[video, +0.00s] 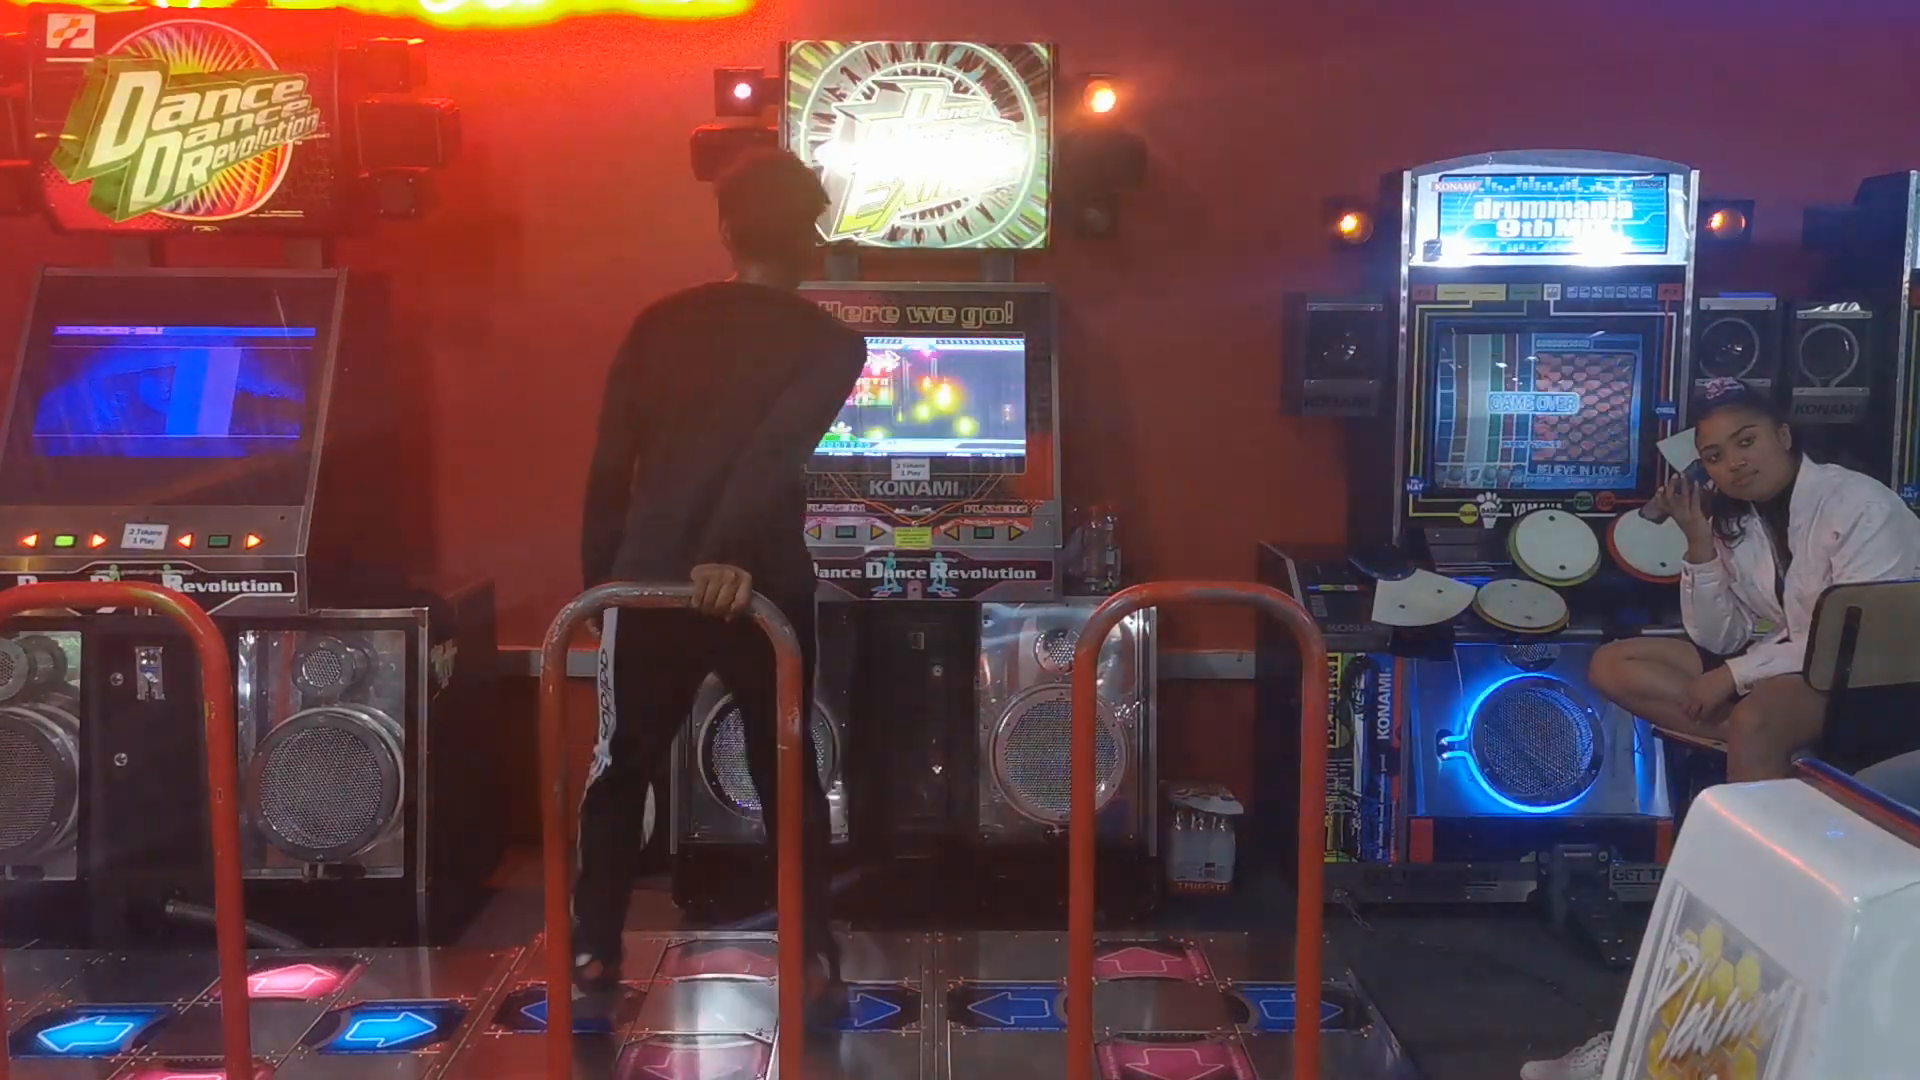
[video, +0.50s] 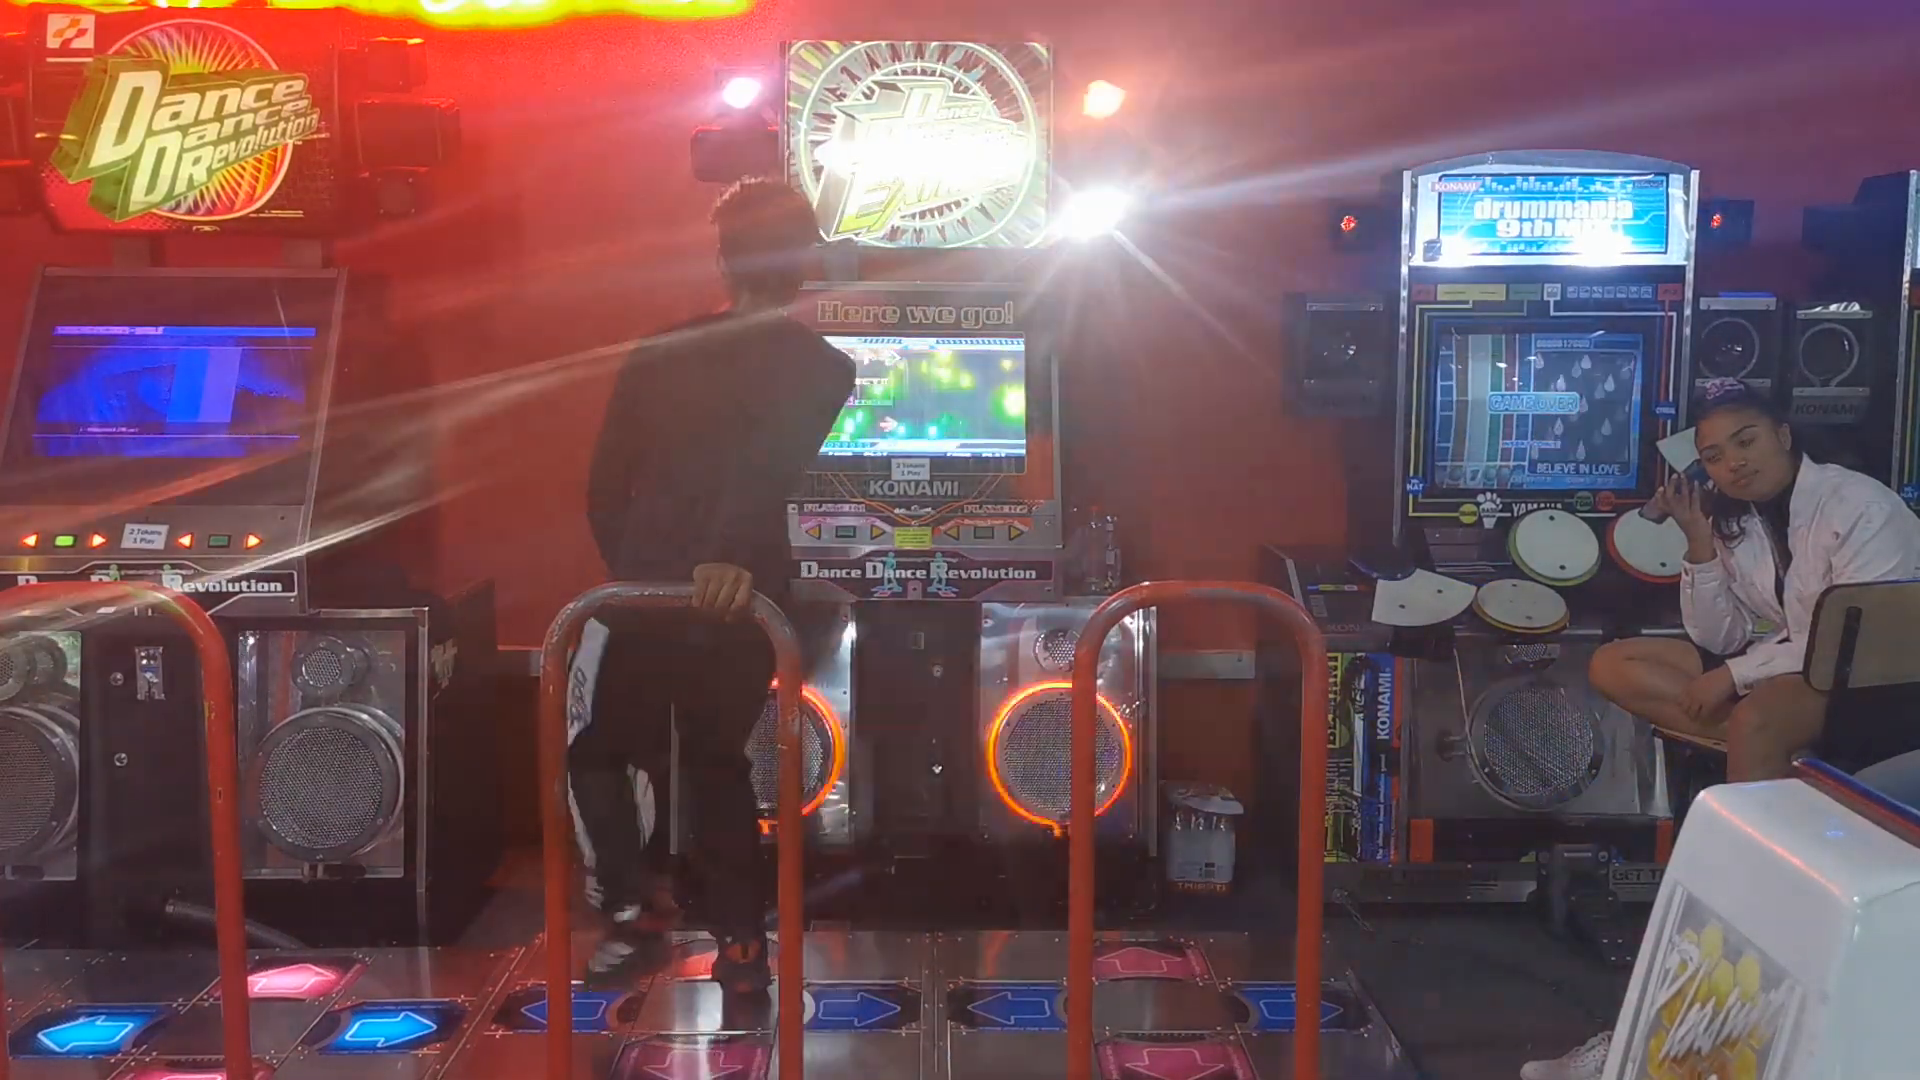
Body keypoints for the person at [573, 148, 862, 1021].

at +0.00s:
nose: (820, 242)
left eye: (811, 227)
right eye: (815, 229)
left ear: (733, 235)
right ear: (805, 237)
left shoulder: (660, 320)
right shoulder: (828, 341)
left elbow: (610, 459)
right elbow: (777, 444)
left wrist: (599, 575)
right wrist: (729, 547)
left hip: (648, 580)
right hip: (758, 582)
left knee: (623, 766)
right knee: (789, 777)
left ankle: (591, 962)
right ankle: (810, 972)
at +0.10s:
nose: (817, 252)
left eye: (796, 236)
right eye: (819, 239)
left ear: (739, 241)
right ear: (818, 245)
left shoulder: (671, 329)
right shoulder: (837, 348)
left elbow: (613, 465)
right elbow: (783, 449)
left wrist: (609, 583)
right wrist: (723, 545)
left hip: (670, 578)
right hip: (777, 579)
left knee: (628, 754)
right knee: (789, 766)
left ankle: (651, 928)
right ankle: (810, 963)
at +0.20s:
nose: (823, 238)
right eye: (821, 225)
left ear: (734, 227)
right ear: (815, 231)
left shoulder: (664, 317)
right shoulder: (831, 335)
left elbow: (618, 448)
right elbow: (781, 442)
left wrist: (616, 561)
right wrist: (731, 546)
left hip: (664, 578)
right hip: (769, 577)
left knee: (666, 777)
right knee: (783, 775)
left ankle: (721, 970)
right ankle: (803, 972)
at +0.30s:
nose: (817, 238)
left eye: (800, 223)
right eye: (816, 226)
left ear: (727, 230)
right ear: (810, 232)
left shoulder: (656, 324)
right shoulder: (826, 334)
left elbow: (607, 459)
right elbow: (776, 442)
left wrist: (625, 572)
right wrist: (733, 547)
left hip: (654, 586)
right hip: (759, 582)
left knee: (684, 794)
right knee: (767, 776)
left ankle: (735, 1002)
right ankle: (770, 965)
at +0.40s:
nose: (786, 254)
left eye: (769, 237)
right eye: (794, 238)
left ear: (726, 239)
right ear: (806, 241)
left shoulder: (664, 329)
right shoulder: (826, 340)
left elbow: (611, 466)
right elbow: (780, 447)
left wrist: (636, 562)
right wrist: (732, 550)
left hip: (650, 582)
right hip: (747, 583)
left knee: (626, 784)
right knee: (733, 774)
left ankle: (691, 957)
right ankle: (744, 952)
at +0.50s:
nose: (774, 275)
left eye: (768, 261)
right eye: (780, 261)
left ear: (726, 268)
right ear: (804, 272)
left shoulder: (658, 350)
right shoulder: (821, 362)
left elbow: (605, 483)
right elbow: (771, 459)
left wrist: (646, 566)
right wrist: (732, 550)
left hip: (644, 596)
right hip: (745, 591)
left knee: (593, 749)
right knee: (716, 753)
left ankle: (629, 909)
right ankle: (738, 941)